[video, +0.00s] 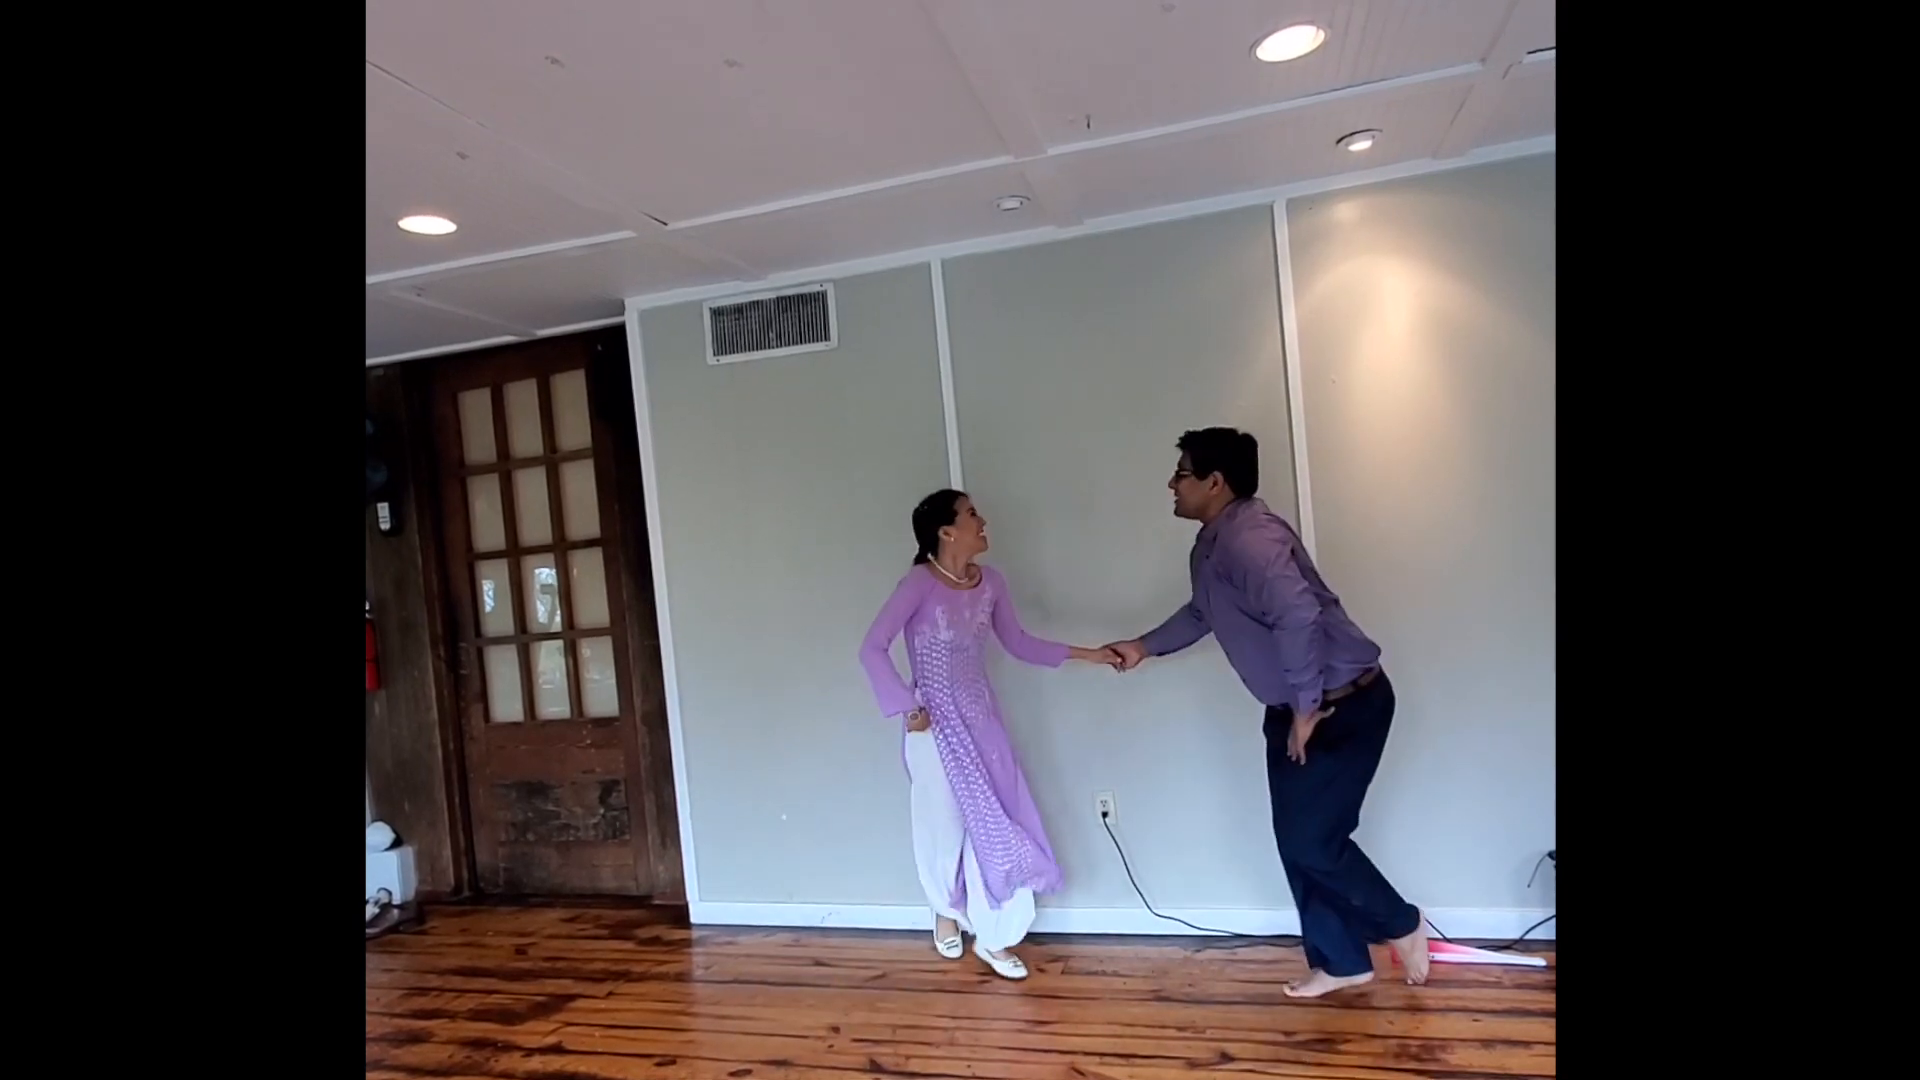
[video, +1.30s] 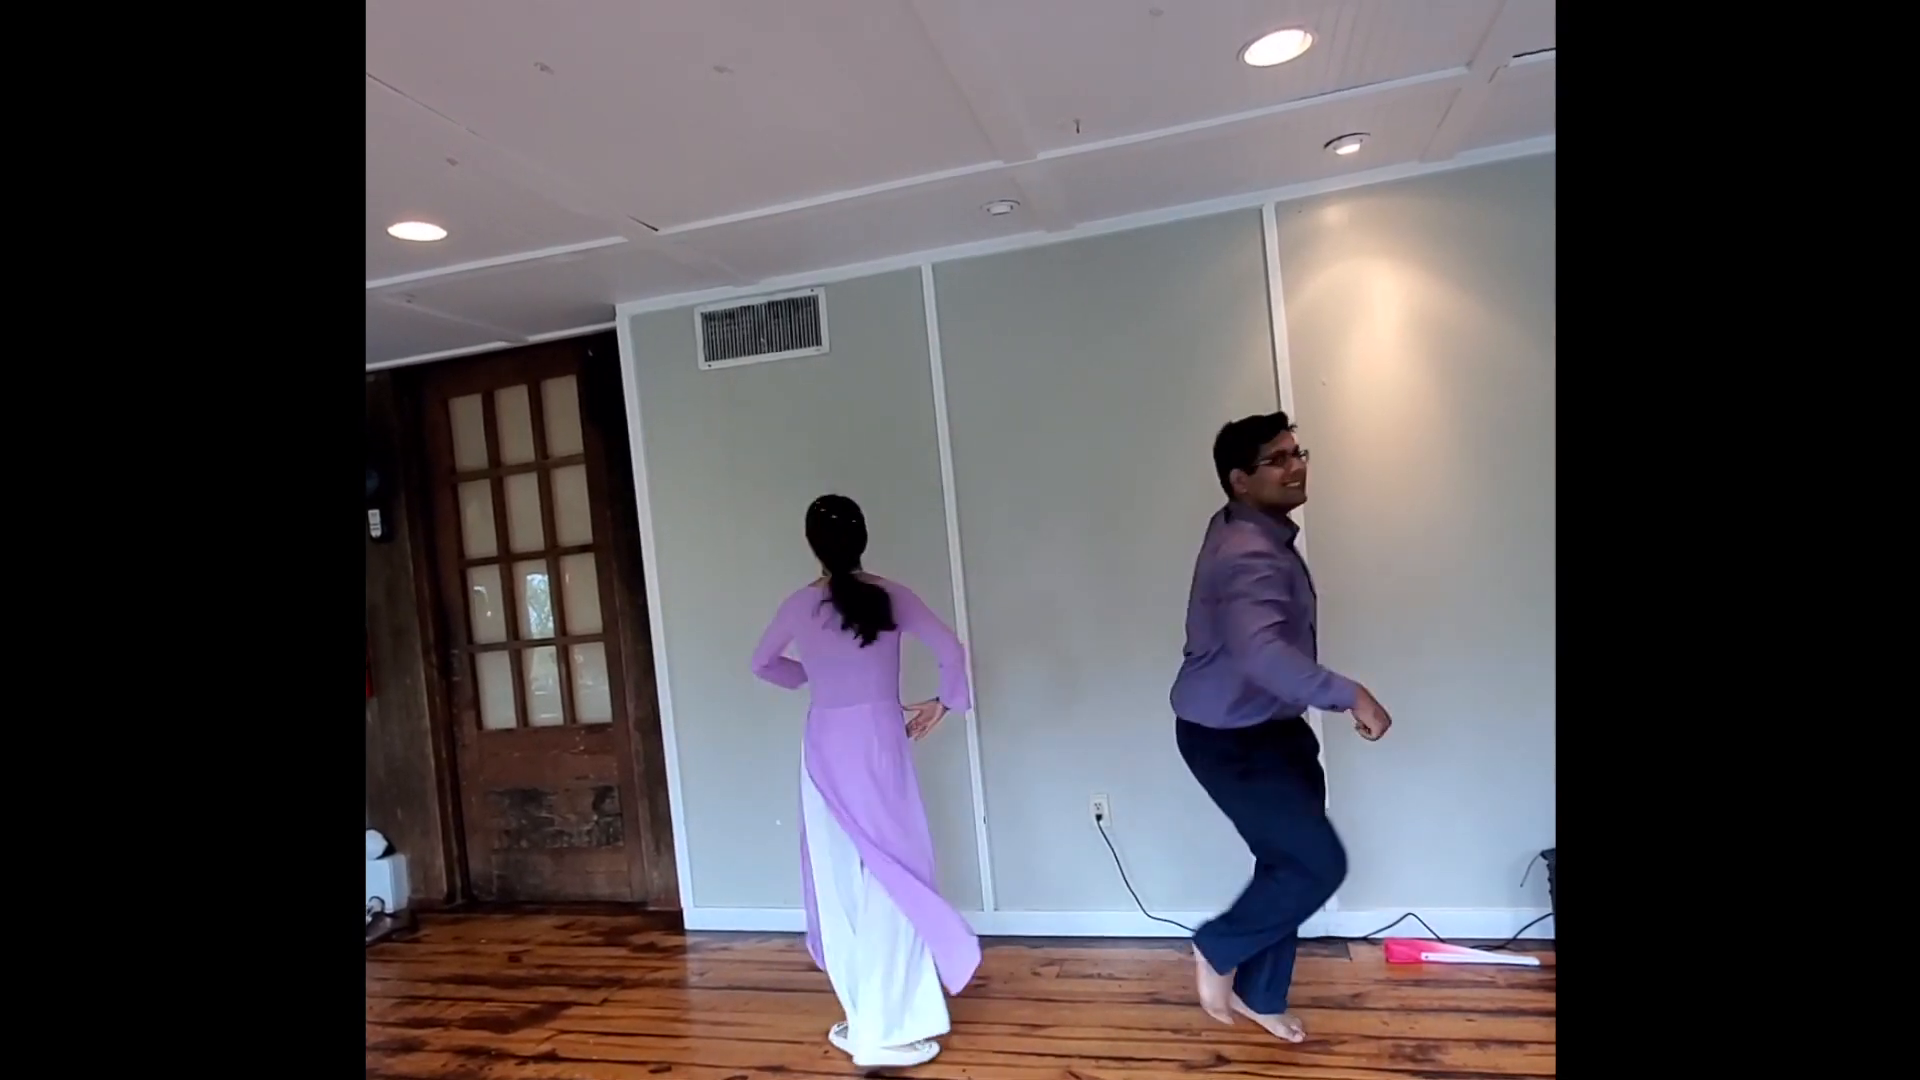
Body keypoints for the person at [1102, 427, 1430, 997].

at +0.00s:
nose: (1172, 483)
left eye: (1183, 474)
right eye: (1176, 472)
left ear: (1217, 483)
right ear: (1213, 483)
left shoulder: (1251, 537)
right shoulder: (1212, 541)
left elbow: (1299, 615)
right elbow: (1203, 613)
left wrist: (1305, 705)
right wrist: (1144, 647)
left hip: (1346, 701)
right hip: (1293, 705)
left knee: (1314, 840)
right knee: (1297, 839)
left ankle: (1405, 925)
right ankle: (1343, 963)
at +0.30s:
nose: (1166, 518)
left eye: (1174, 507)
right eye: (1167, 507)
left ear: (1209, 511)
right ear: (1205, 513)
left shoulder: (1285, 555)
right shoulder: (1197, 596)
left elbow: (1372, 609)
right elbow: (1188, 668)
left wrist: (1370, 707)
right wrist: (1120, 701)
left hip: (1340, 722)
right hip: (1275, 731)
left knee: (1297, 844)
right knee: (1270, 848)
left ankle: (1348, 964)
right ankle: (1330, 962)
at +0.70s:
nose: (1181, 515)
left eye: (1192, 501)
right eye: (1176, 506)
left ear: (1235, 500)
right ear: (1181, 516)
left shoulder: (1321, 546)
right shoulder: (1179, 599)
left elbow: (1392, 605)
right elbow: (1133, 667)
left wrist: (1399, 693)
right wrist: (1052, 683)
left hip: (1334, 742)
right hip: (1248, 753)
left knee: (1336, 873)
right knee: (1268, 879)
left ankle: (1312, 997)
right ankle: (1301, 950)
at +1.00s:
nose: (1206, 491)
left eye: (1217, 476)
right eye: (1197, 484)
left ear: (1260, 473)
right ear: (1197, 494)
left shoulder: (1322, 521)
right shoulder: (1199, 555)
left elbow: (1356, 581)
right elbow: (1152, 596)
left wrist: (1364, 658)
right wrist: (1103, 597)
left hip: (1305, 725)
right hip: (1226, 732)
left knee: (1313, 850)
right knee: (1252, 859)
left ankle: (1268, 979)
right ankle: (1281, 962)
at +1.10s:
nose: (1230, 491)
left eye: (1243, 476)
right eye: (1219, 482)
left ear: (1278, 479)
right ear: (1213, 492)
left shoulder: (1319, 533)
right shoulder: (1206, 558)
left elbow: (1333, 615)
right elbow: (1162, 644)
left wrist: (1331, 688)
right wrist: (1189, 624)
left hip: (1298, 735)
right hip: (1220, 743)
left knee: (1302, 866)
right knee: (1239, 873)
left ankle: (1261, 991)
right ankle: (1266, 959)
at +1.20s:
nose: (1264, 484)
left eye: (1274, 469)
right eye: (1246, 477)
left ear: (1290, 476)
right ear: (1225, 491)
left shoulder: (1301, 542)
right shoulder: (1218, 567)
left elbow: (1294, 629)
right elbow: (1208, 657)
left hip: (1290, 728)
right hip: (1222, 737)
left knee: (1296, 871)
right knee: (1263, 872)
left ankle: (1259, 994)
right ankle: (1218, 938)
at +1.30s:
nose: (1298, 466)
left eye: (1299, 455)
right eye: (1281, 460)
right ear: (1240, 480)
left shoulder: (1255, 527)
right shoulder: (1249, 553)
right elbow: (1259, 651)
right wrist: (1349, 693)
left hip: (1265, 720)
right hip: (1231, 729)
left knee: (1289, 857)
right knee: (1317, 862)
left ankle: (1261, 993)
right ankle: (1216, 949)